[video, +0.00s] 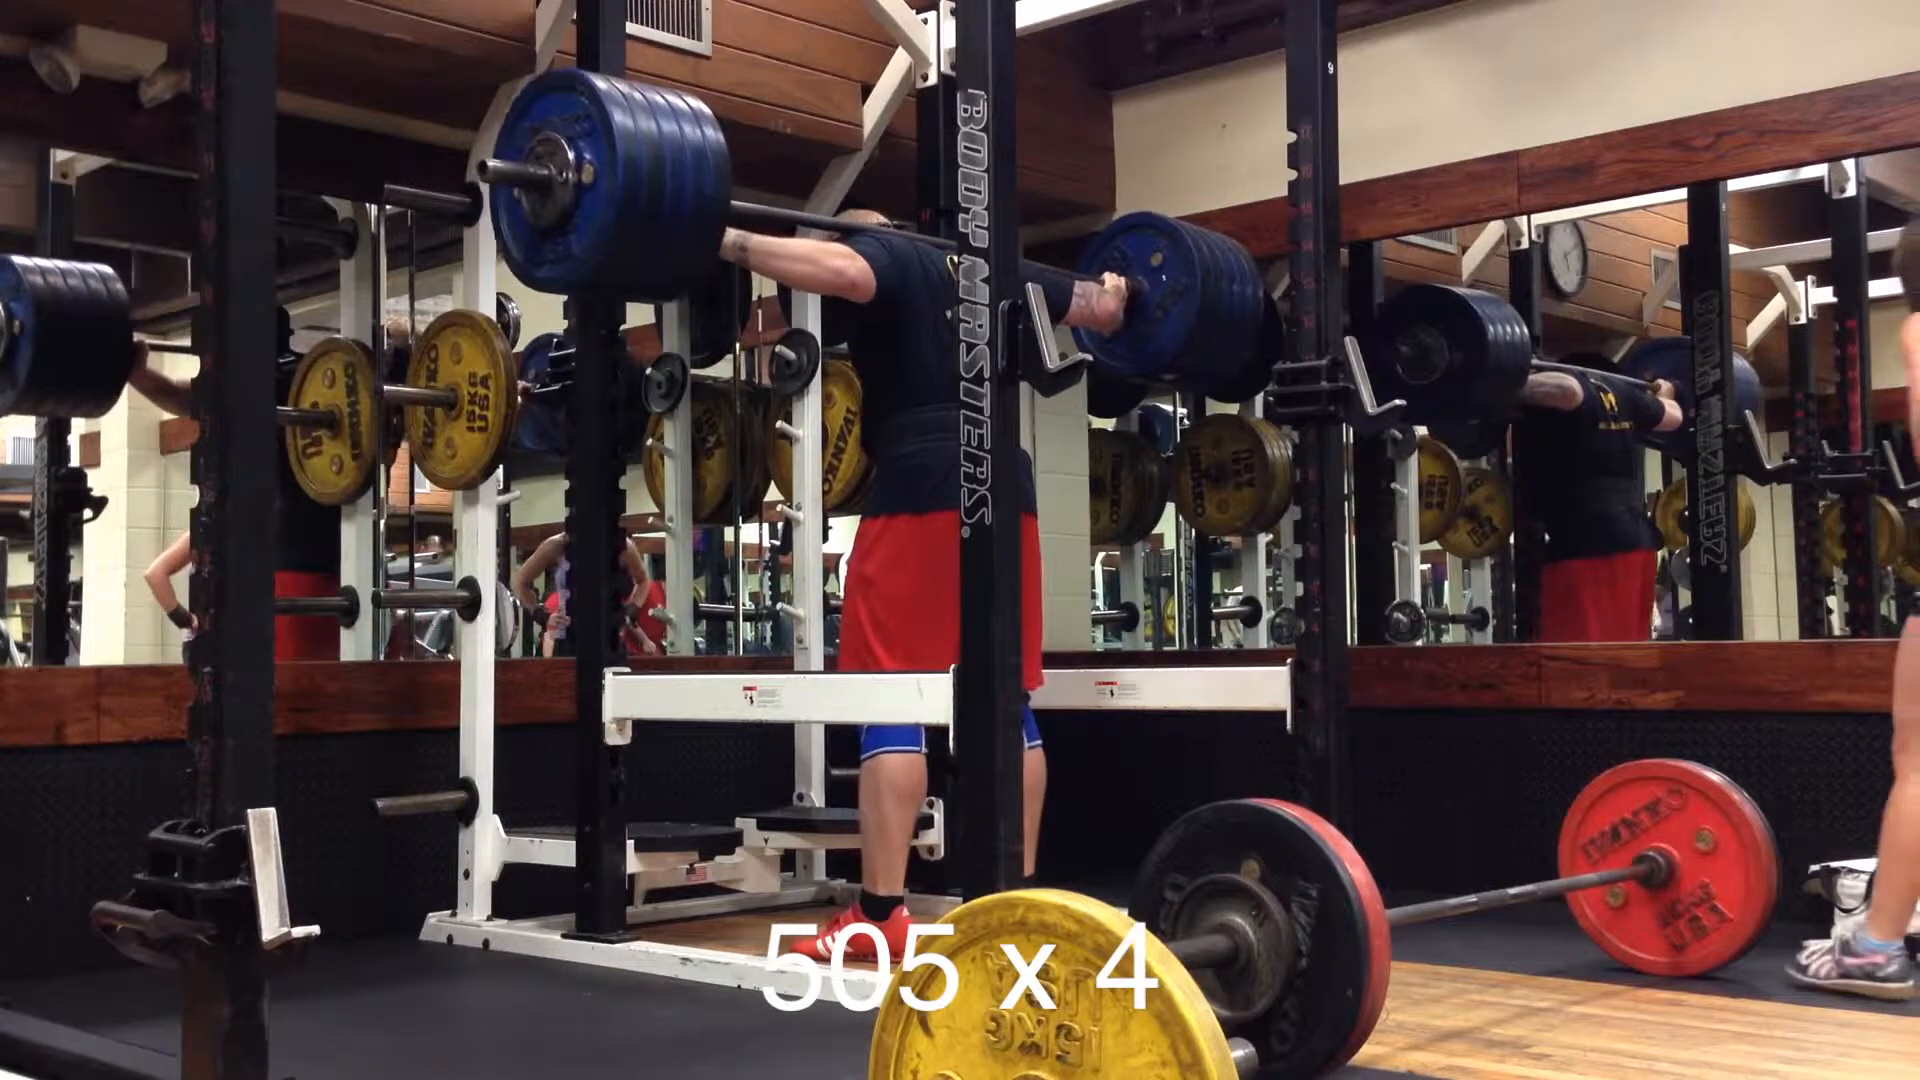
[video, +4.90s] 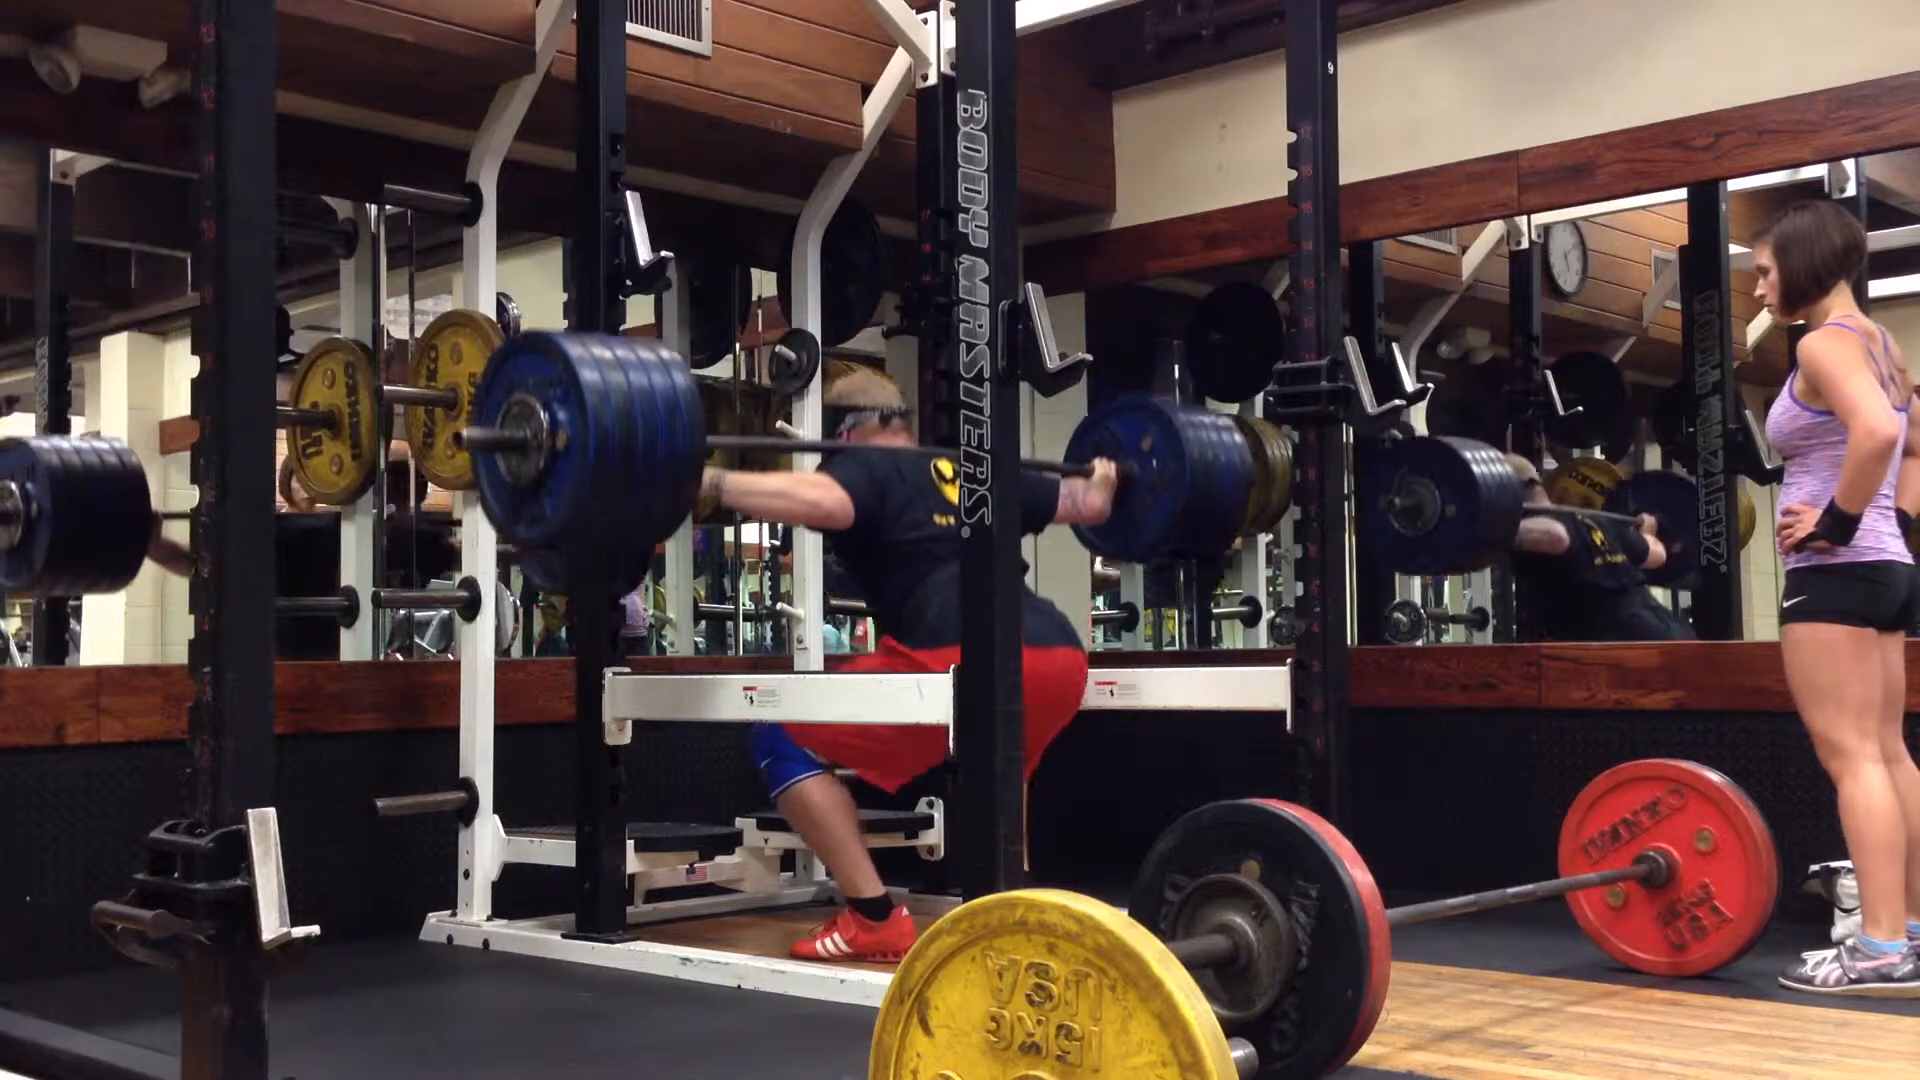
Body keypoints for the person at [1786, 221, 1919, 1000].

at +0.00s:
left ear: (1909, 280)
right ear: (1910, 282)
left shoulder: (1914, 330)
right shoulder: (1912, 331)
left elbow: (1913, 439)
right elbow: (1912, 441)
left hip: (1919, 603)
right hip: (1914, 601)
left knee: (1911, 761)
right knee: (1908, 757)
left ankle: (1880, 940)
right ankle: (1886, 933)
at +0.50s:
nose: (1792, 289)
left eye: (1794, 275)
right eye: (1790, 276)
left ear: (1813, 271)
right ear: (1880, 264)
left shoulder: (1828, 333)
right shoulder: (1911, 313)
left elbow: (1836, 413)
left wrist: (1843, 509)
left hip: (1878, 561)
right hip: (1903, 557)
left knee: (1872, 761)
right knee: (1879, 756)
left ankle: (1879, 947)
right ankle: (1886, 934)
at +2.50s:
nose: (1774, 289)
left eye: (1781, 274)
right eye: (1773, 274)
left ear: (1820, 270)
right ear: (1849, 270)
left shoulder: (1842, 344)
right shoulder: (1882, 339)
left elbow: (1894, 430)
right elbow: (1890, 440)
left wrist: (1852, 522)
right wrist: (1838, 508)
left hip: (1850, 577)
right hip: (1892, 572)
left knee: (1859, 756)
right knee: (1896, 749)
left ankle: (1883, 942)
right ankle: (1897, 930)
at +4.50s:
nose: (1759, 283)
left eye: (1764, 267)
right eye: (1758, 268)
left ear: (1800, 264)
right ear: (1838, 263)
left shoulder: (1825, 343)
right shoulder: (1875, 339)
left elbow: (1878, 431)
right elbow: (1907, 444)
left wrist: (1837, 521)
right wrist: (1891, 521)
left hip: (1836, 572)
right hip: (1884, 567)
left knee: (1853, 757)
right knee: (1886, 750)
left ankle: (1882, 943)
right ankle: (1904, 927)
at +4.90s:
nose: (1757, 283)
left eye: (1763, 268)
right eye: (1756, 268)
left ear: (1799, 266)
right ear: (1837, 263)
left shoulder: (1822, 343)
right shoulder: (1874, 340)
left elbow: (1876, 431)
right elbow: (1907, 439)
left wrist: (1835, 520)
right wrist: (1893, 521)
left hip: (1833, 571)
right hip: (1883, 567)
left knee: (1852, 757)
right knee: (1885, 748)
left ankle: (1881, 943)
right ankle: (1903, 926)